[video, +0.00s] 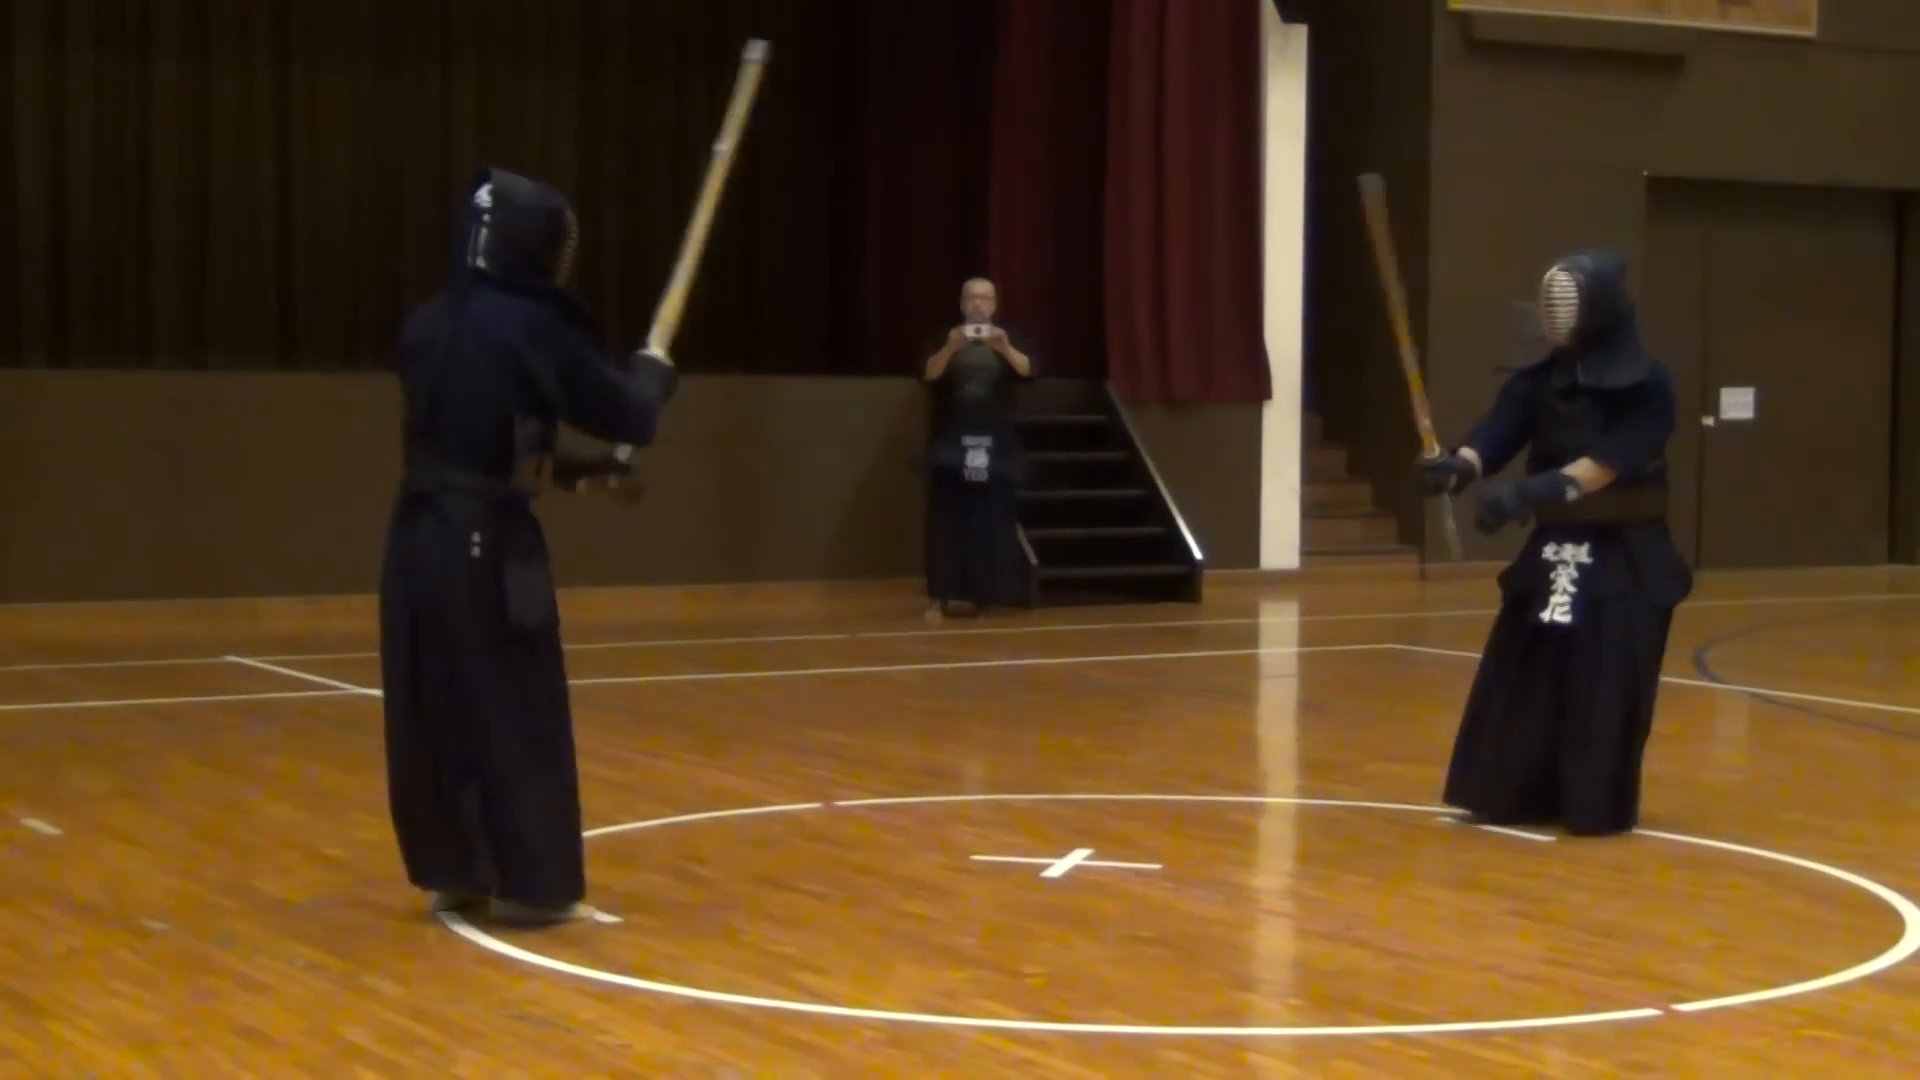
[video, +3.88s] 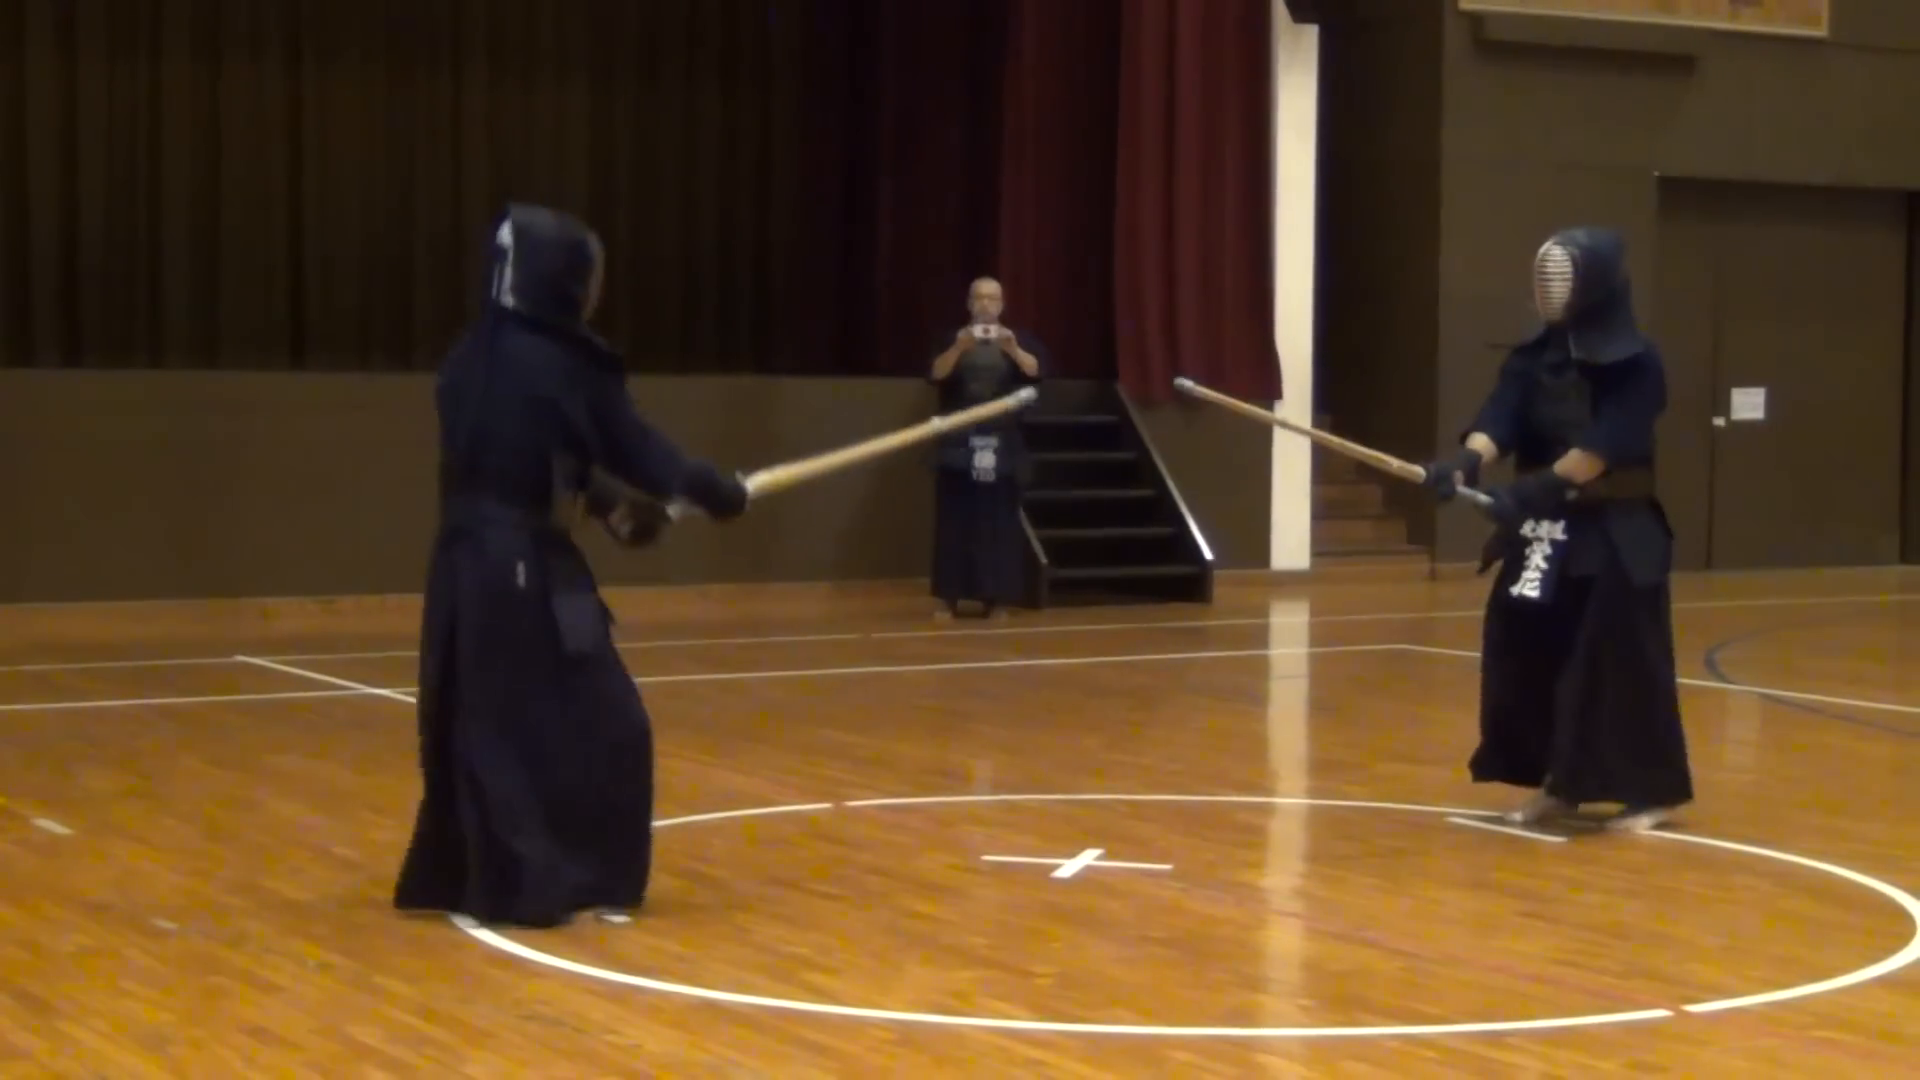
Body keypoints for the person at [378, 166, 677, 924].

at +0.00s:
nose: (565, 258)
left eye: (561, 244)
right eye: (559, 246)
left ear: (483, 242)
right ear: (540, 250)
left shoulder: (432, 320)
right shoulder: (535, 325)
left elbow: (486, 438)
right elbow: (627, 415)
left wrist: (586, 467)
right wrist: (651, 371)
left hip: (420, 535)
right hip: (492, 541)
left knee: (437, 702)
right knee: (519, 706)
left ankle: (456, 878)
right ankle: (534, 888)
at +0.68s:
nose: (597, 315)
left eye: (596, 301)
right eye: (591, 302)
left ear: (521, 300)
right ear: (565, 307)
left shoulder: (467, 370)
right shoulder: (553, 379)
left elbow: (544, 478)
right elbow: (633, 437)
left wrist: (643, 498)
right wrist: (714, 426)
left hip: (437, 582)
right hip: (497, 589)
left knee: (462, 730)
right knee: (590, 731)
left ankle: (456, 889)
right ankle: (540, 886)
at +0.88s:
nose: (583, 402)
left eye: (581, 388)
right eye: (577, 388)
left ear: (504, 387)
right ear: (558, 394)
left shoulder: (465, 466)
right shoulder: (555, 467)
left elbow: (547, 558)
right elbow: (637, 523)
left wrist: (643, 573)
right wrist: (714, 511)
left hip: (440, 670)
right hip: (501, 679)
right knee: (645, 769)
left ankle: (436, 880)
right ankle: (561, 893)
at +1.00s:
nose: (578, 450)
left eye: (574, 437)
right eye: (572, 438)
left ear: (499, 439)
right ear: (560, 445)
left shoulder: (468, 517)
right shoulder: (559, 514)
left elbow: (556, 604)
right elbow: (646, 572)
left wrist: (650, 619)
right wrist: (719, 551)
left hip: (443, 729)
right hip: (510, 739)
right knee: (666, 788)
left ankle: (433, 859)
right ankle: (542, 888)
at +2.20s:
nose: (584, 490)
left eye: (581, 476)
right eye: (577, 476)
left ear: (499, 477)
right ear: (558, 484)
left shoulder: (464, 560)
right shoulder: (566, 571)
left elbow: (530, 651)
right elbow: (639, 659)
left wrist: (606, 688)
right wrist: (702, 664)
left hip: (463, 763)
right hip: (532, 775)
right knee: (696, 805)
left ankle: (456, 867)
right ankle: (541, 884)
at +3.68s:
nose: (592, 396)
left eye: (590, 382)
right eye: (586, 383)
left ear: (511, 383)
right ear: (565, 390)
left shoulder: (476, 462)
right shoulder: (571, 472)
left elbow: (549, 553)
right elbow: (636, 553)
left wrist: (617, 602)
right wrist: (718, 584)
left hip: (460, 668)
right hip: (529, 676)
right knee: (665, 762)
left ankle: (470, 875)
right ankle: (592, 886)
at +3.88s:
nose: (596, 292)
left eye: (595, 277)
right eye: (589, 278)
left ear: (516, 277)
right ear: (563, 283)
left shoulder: (473, 354)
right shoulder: (573, 364)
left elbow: (530, 451)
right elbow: (638, 451)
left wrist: (604, 496)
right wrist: (716, 488)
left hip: (462, 567)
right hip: (531, 573)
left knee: (478, 714)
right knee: (612, 719)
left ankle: (467, 878)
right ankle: (600, 881)